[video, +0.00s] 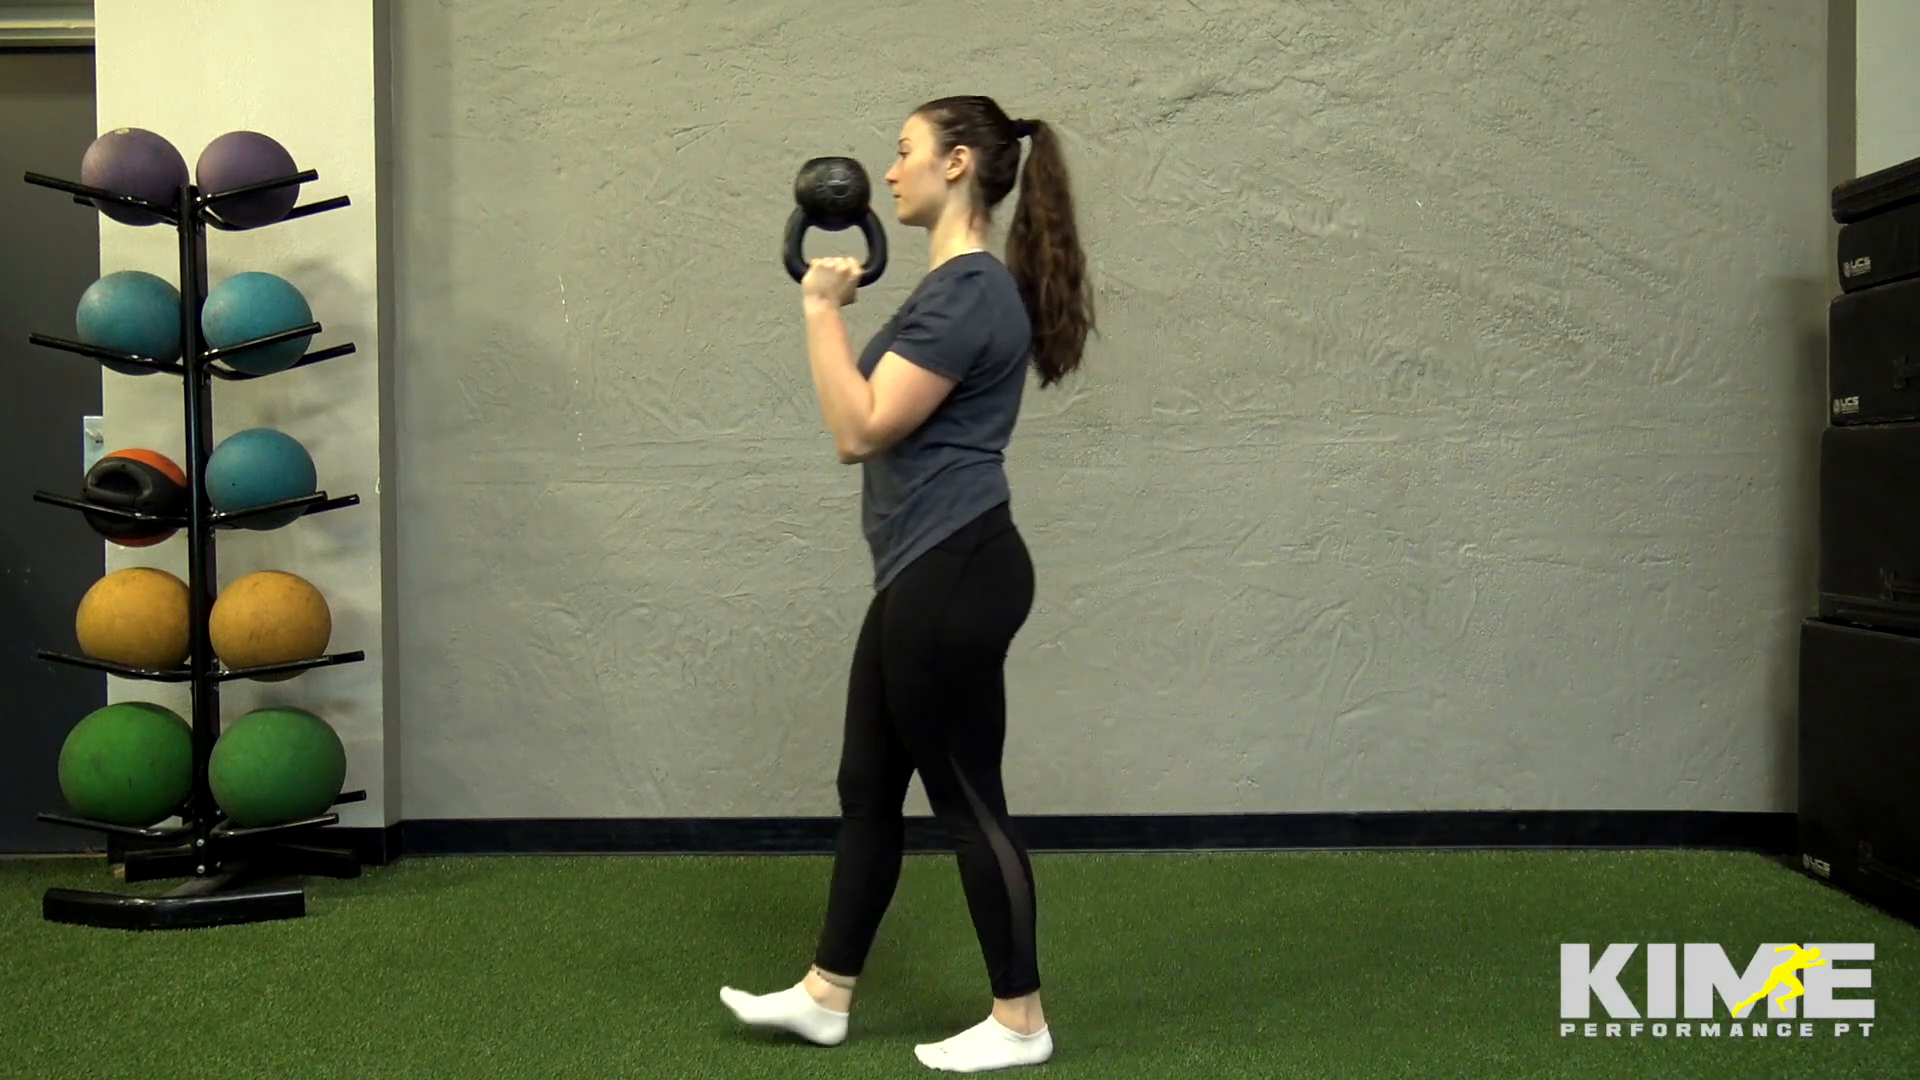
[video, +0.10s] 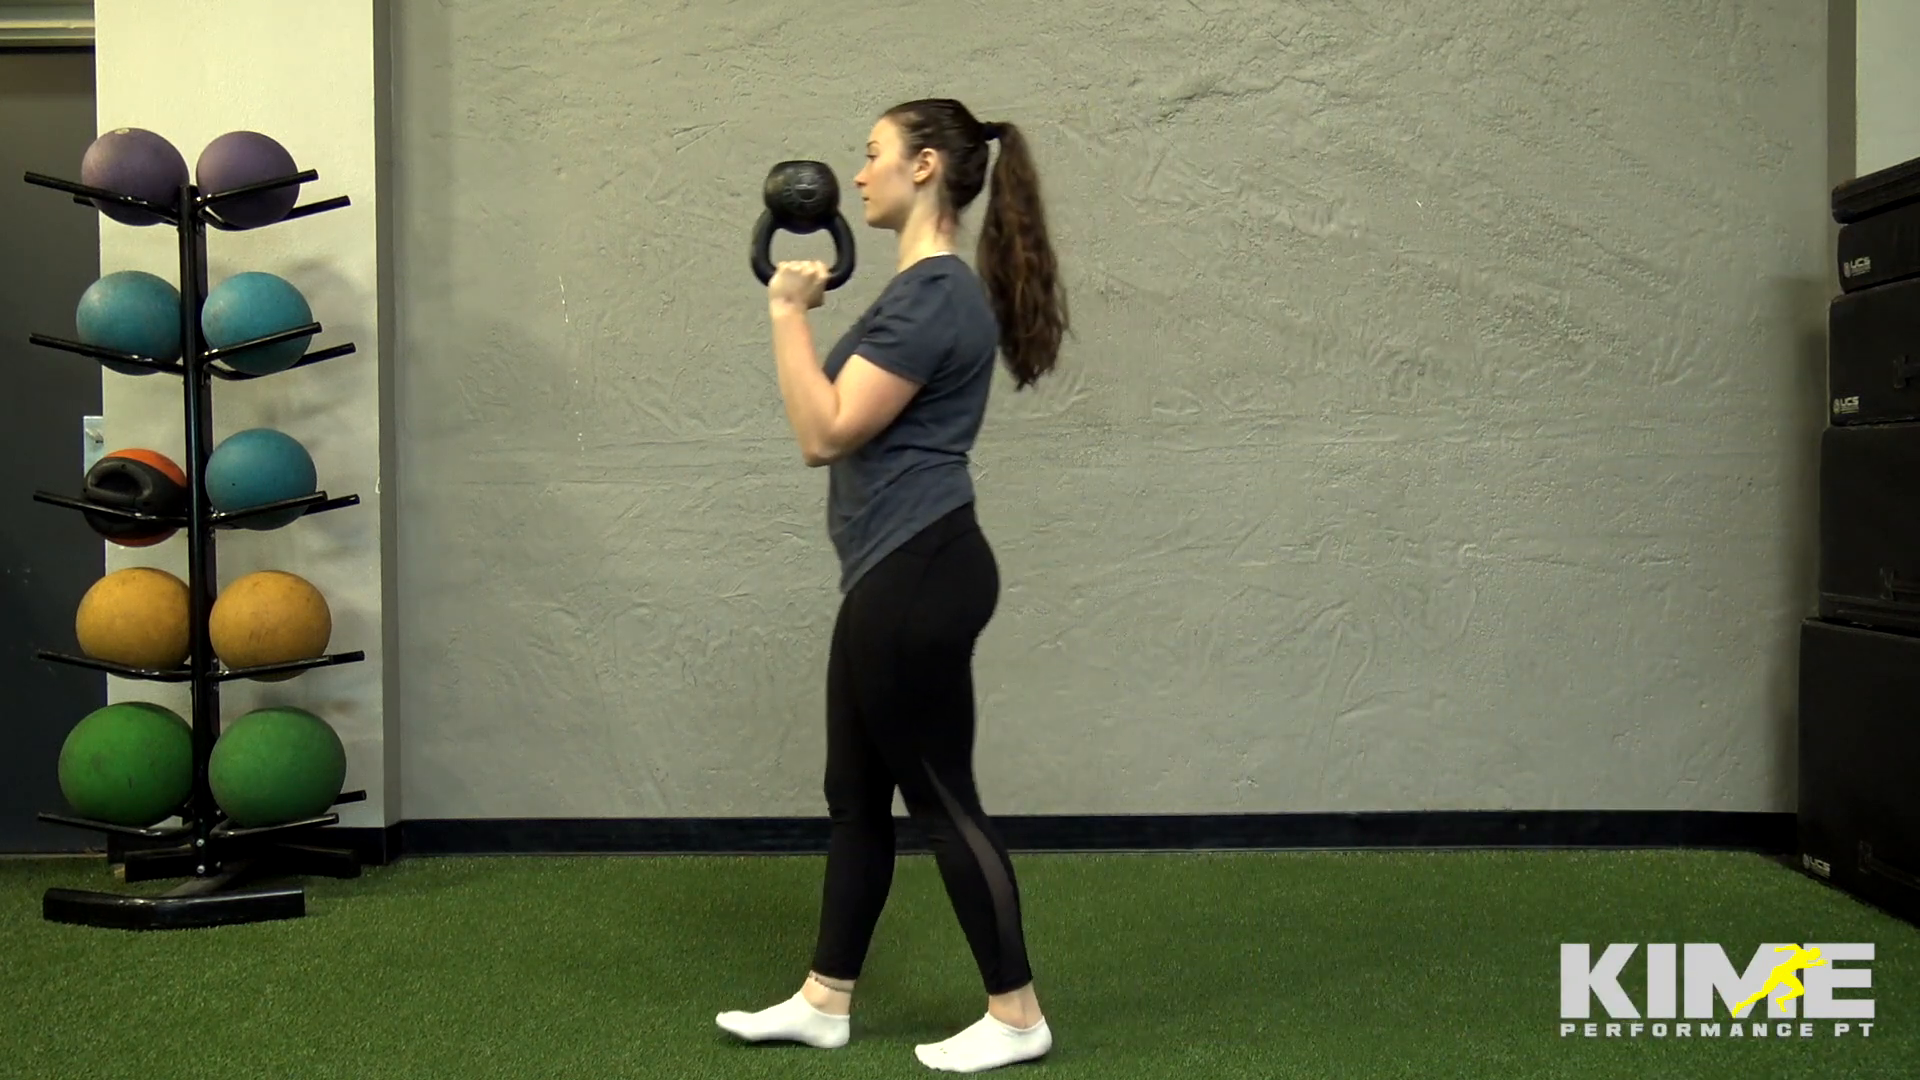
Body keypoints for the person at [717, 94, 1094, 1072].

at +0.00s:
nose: (888, 174)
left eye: (904, 157)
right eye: (893, 156)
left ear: (958, 169)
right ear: (957, 172)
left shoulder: (972, 291)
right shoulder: (947, 286)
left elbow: (858, 425)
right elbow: (868, 424)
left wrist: (822, 309)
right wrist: (823, 314)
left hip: (958, 567)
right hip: (919, 570)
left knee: (967, 800)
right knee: (870, 787)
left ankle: (1020, 1017)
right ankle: (825, 993)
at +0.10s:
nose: (858, 175)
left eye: (872, 158)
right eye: (862, 158)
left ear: (926, 168)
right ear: (927, 170)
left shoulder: (944, 293)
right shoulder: (919, 288)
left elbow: (828, 427)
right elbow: (825, 424)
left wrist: (790, 312)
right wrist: (792, 314)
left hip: (923, 565)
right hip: (892, 568)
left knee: (940, 799)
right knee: (858, 795)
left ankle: (1017, 1014)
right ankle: (825, 1000)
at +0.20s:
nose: (835, 173)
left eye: (850, 156)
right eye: (840, 156)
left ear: (901, 169)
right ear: (903, 170)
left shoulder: (917, 292)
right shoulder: (895, 288)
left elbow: (808, 426)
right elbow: (797, 433)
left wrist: (766, 311)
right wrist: (771, 312)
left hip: (899, 563)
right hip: (872, 567)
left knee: (906, 794)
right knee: (846, 793)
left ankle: (1011, 1005)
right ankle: (822, 1000)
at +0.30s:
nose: (813, 174)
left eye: (828, 157)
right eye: (819, 157)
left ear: (878, 171)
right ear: (884, 172)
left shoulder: (888, 295)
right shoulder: (879, 289)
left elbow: (784, 429)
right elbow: (779, 435)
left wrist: (745, 312)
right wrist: (755, 317)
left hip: (871, 564)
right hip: (857, 562)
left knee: (860, 791)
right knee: (835, 788)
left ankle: (996, 987)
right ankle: (820, 1000)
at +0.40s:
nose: (782, 176)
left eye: (797, 159)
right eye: (788, 159)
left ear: (847, 172)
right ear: (853, 174)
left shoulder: (859, 297)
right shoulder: (851, 291)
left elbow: (757, 434)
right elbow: (751, 436)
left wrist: (715, 317)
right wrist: (726, 320)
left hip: (836, 563)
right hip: (838, 558)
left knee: (788, 801)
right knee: (816, 794)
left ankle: (949, 964)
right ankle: (819, 1000)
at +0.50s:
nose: (763, 176)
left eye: (778, 159)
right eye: (768, 159)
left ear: (829, 171)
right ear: (833, 173)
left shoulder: (842, 295)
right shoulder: (838, 290)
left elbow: (739, 434)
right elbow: (736, 434)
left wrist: (697, 317)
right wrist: (705, 318)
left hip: (817, 563)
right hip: (832, 558)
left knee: (739, 792)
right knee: (811, 788)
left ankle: (894, 956)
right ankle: (817, 1000)